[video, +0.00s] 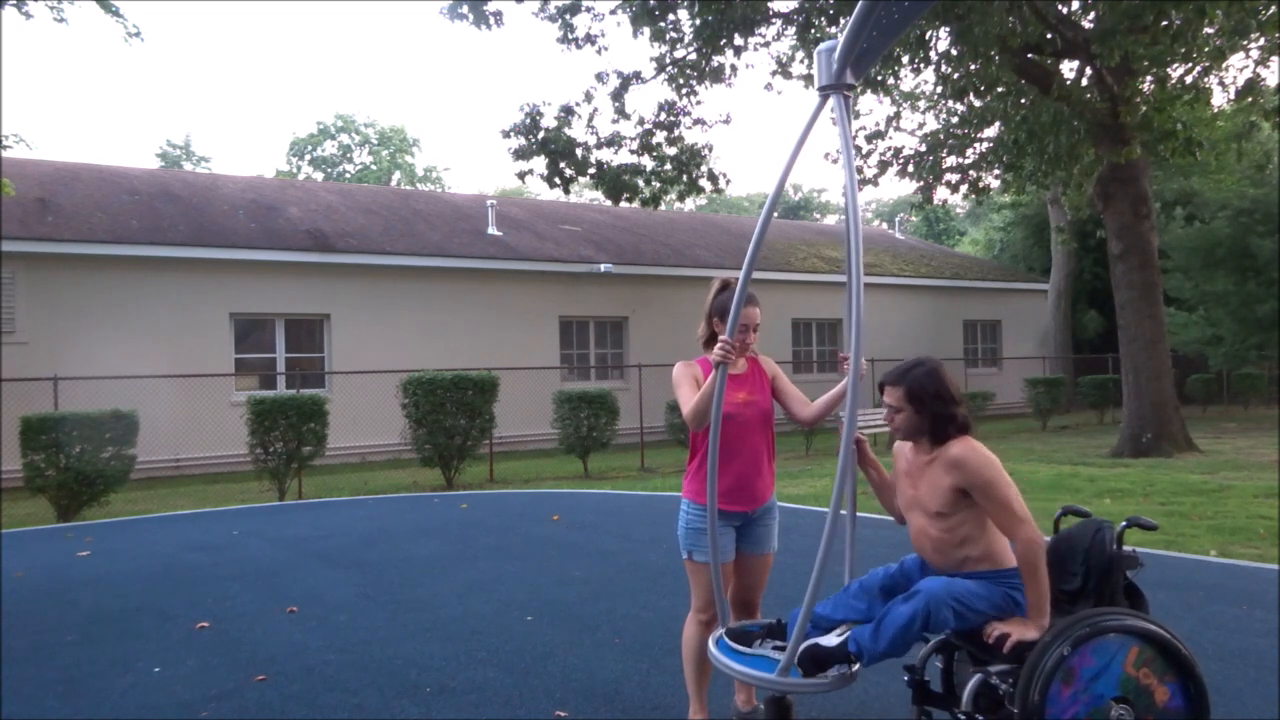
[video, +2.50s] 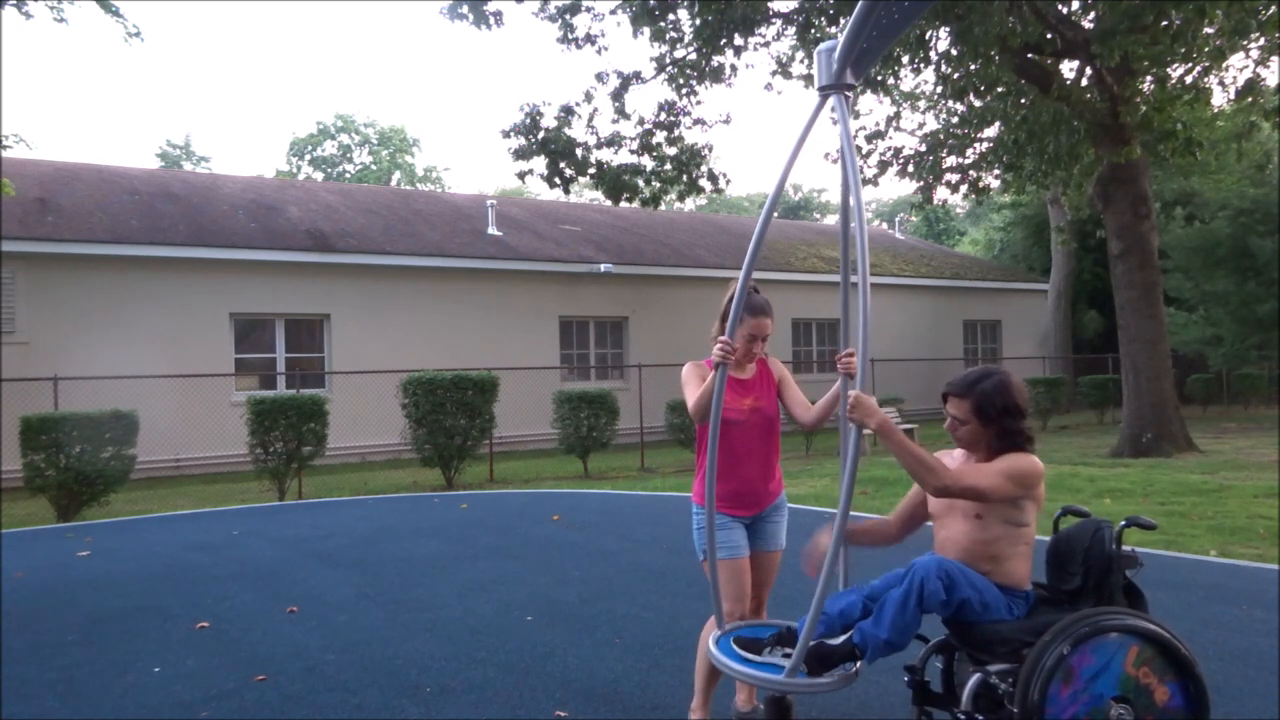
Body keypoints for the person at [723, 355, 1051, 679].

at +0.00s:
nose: (886, 416)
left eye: (894, 410)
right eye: (884, 407)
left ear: (926, 410)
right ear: (888, 405)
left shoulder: (966, 456)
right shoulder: (903, 451)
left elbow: (1029, 537)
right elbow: (901, 511)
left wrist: (1037, 621)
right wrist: (868, 461)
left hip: (994, 584)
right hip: (934, 569)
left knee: (928, 597)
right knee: (875, 587)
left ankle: (847, 649)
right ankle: (790, 630)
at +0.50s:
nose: (891, 418)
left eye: (898, 410)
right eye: (888, 409)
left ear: (927, 407)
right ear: (910, 407)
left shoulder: (967, 454)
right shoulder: (905, 447)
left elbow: (1029, 534)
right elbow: (903, 510)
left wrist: (1034, 620)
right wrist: (867, 461)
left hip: (976, 586)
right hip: (921, 563)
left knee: (903, 593)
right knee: (855, 580)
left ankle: (824, 644)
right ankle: (782, 631)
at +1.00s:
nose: (910, 428)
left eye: (917, 419)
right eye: (907, 419)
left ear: (948, 414)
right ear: (915, 416)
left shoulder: (997, 467)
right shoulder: (920, 455)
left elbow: (1061, 544)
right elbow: (892, 515)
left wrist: (998, 601)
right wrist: (866, 463)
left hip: (986, 594)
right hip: (932, 584)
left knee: (921, 568)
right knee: (882, 577)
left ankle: (842, 646)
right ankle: (784, 631)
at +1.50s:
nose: (945, 426)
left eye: (953, 419)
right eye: (943, 418)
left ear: (986, 416)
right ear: (942, 413)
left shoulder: (1016, 468)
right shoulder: (948, 454)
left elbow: (936, 486)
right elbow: (905, 513)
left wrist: (873, 428)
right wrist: (866, 458)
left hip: (996, 597)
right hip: (945, 584)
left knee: (924, 565)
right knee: (891, 582)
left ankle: (845, 644)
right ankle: (788, 629)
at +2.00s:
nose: (959, 431)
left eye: (969, 424)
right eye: (957, 421)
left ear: (1004, 424)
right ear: (956, 415)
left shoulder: (1030, 471)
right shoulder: (954, 462)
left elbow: (945, 481)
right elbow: (914, 538)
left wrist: (879, 422)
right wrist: (852, 577)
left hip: (1001, 599)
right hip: (945, 585)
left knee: (928, 567)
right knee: (879, 590)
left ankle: (846, 645)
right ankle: (789, 631)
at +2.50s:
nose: (949, 430)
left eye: (959, 422)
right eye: (947, 420)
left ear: (993, 421)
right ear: (946, 415)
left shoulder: (1025, 468)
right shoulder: (944, 464)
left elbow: (945, 484)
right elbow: (895, 526)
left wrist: (880, 424)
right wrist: (837, 531)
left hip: (1001, 600)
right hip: (945, 588)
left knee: (933, 568)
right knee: (876, 594)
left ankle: (852, 649)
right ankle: (796, 636)